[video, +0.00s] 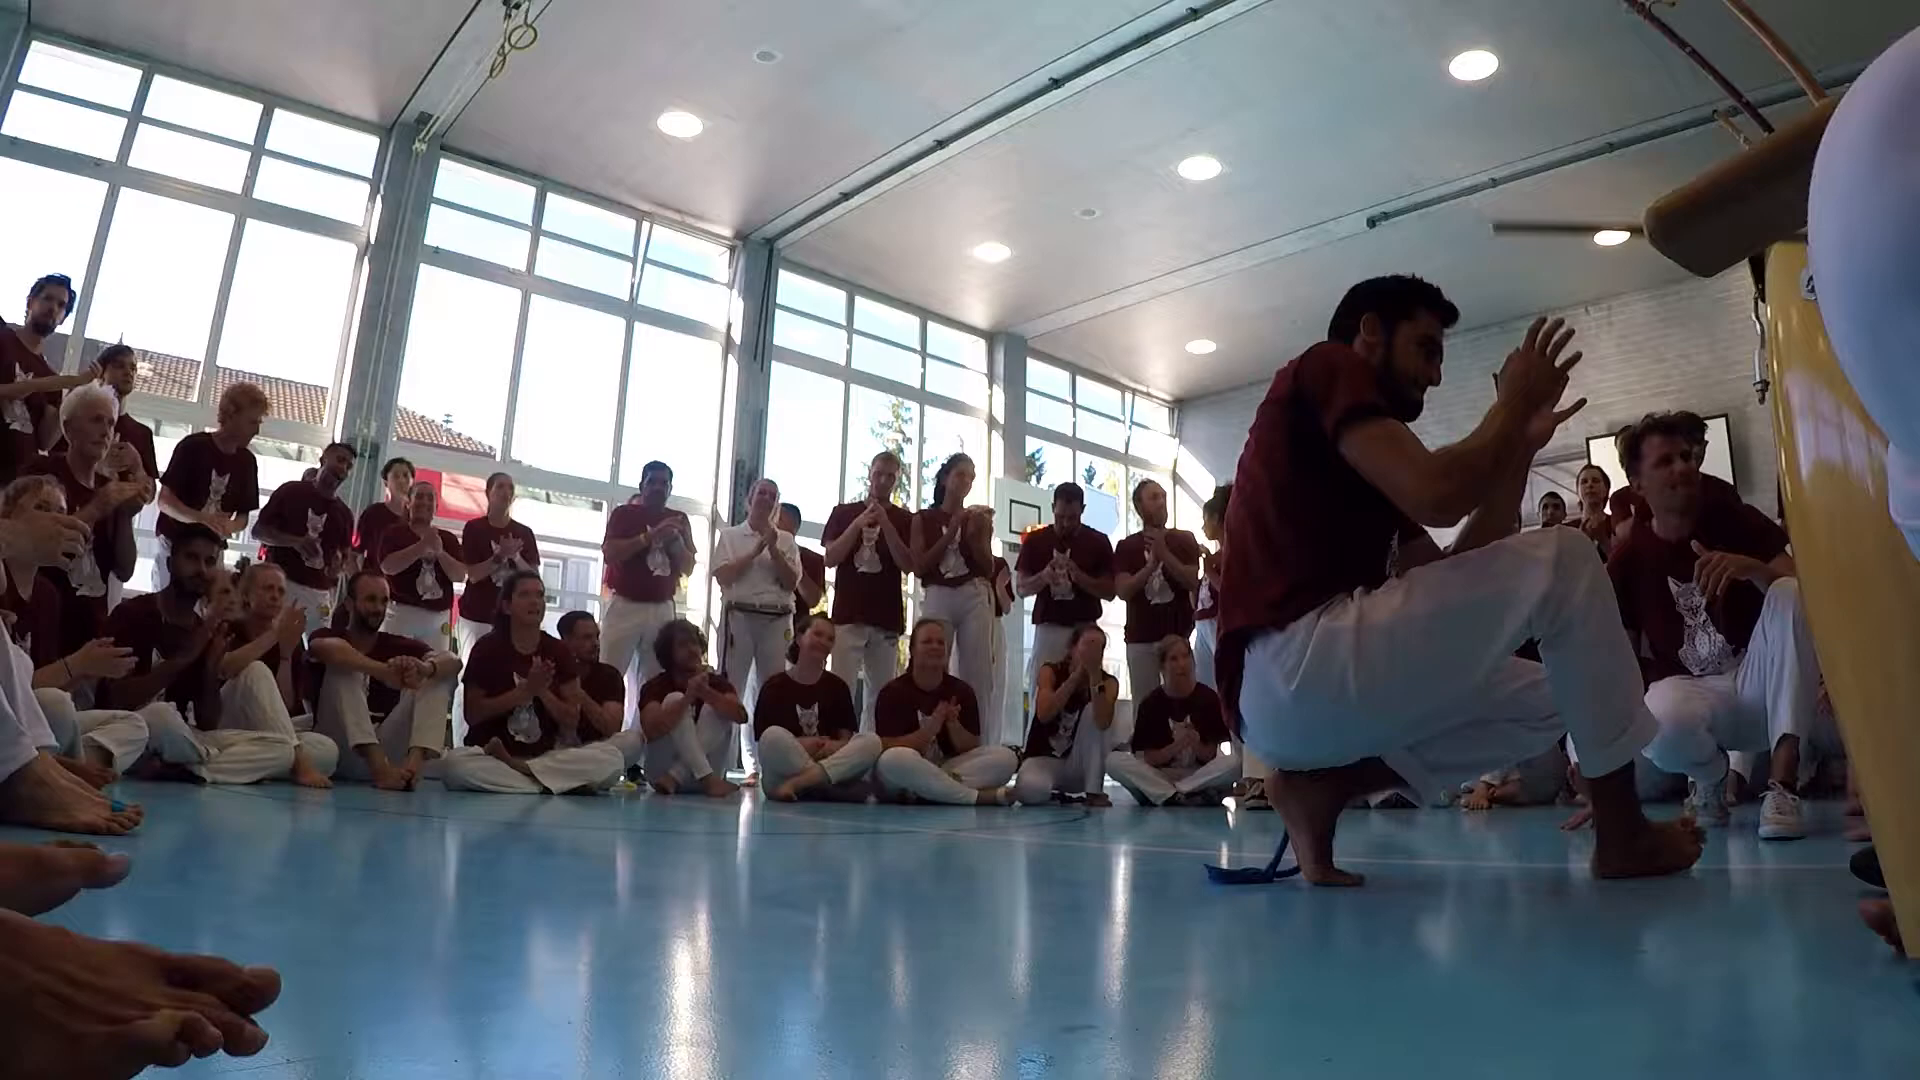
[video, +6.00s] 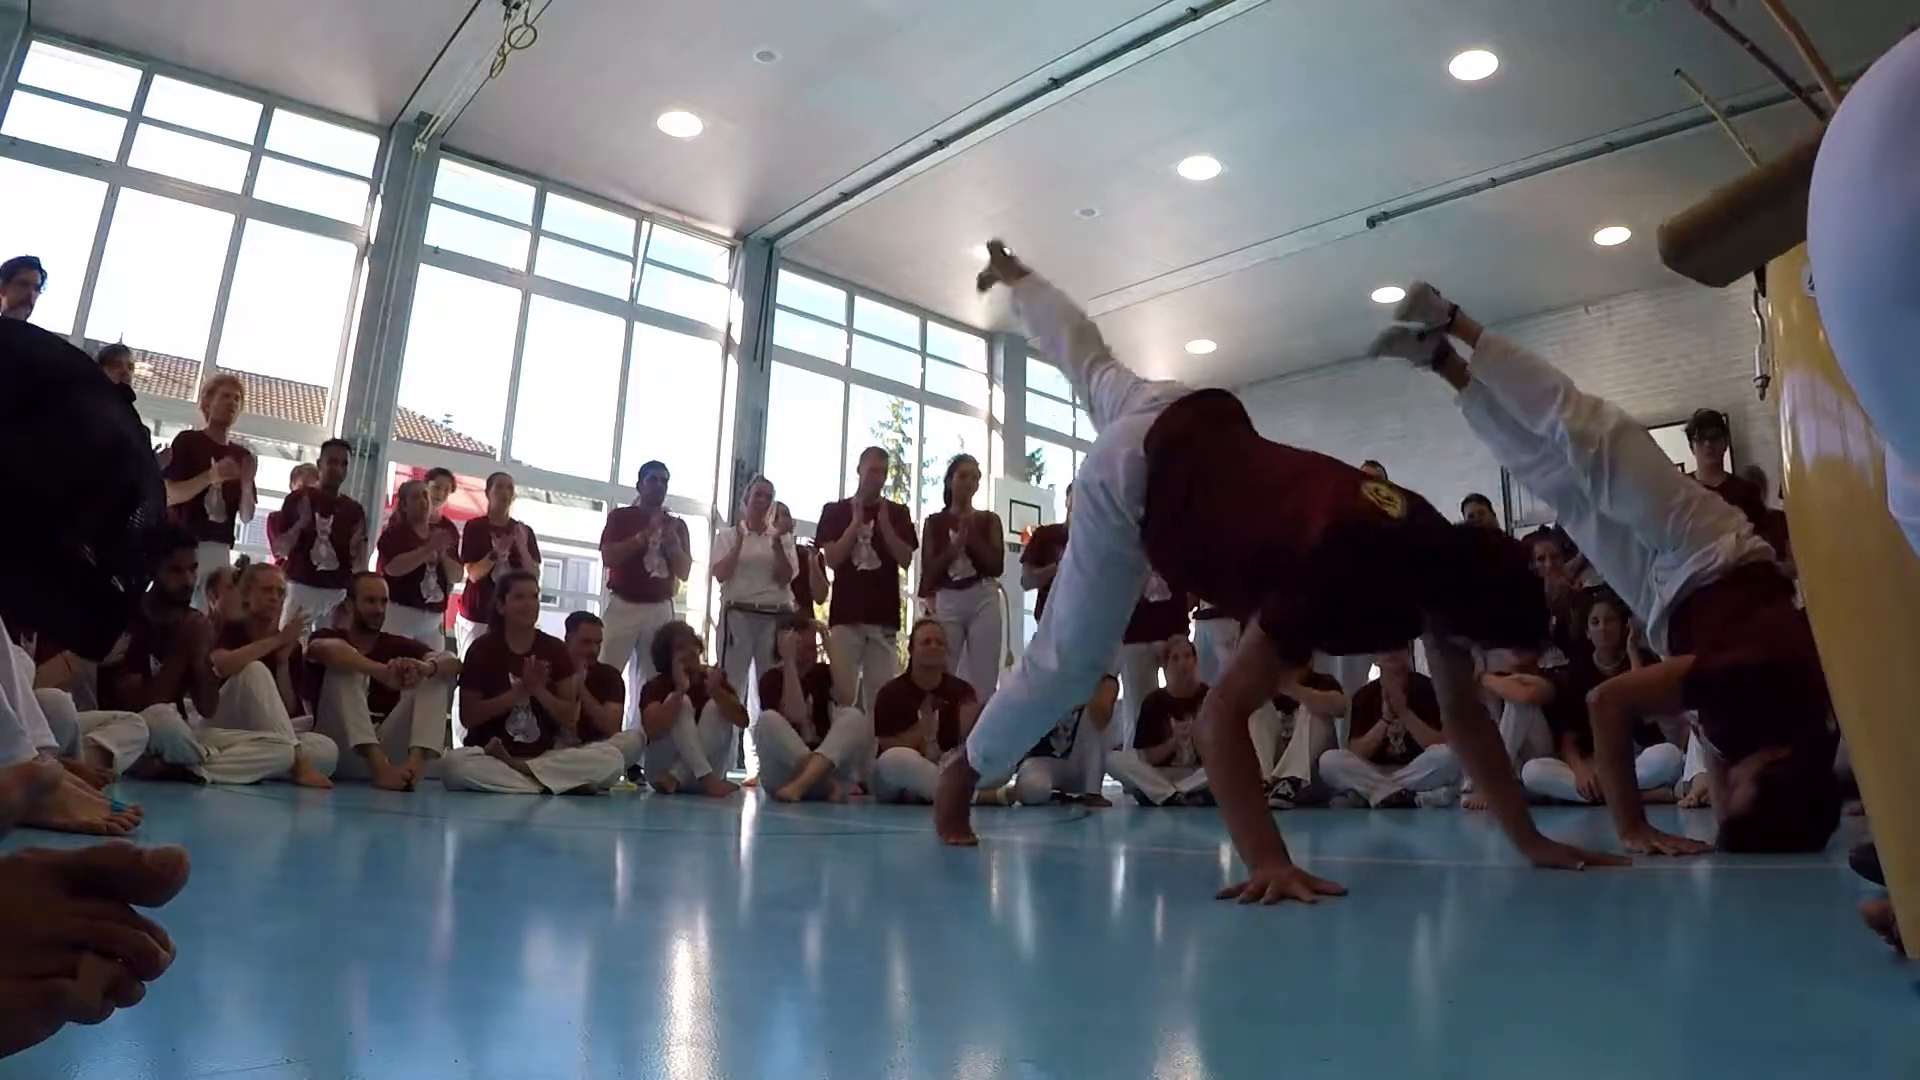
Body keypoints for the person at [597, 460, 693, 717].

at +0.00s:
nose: (658, 487)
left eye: (664, 483)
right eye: (653, 482)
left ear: (670, 487)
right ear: (642, 484)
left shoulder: (678, 519)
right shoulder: (623, 513)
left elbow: (688, 568)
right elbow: (610, 553)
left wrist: (675, 542)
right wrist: (650, 537)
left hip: (661, 609)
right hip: (623, 607)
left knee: (656, 686)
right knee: (606, 682)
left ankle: (650, 748)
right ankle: (598, 746)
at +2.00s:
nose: (657, 484)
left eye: (662, 480)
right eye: (651, 478)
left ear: (668, 487)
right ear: (640, 484)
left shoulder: (678, 526)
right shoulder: (620, 517)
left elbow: (685, 574)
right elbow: (607, 557)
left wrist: (672, 544)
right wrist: (640, 535)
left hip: (658, 610)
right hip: (620, 607)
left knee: (650, 688)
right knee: (605, 682)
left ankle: (645, 752)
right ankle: (598, 748)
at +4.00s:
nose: (659, 482)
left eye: (663, 478)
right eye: (653, 477)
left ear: (668, 485)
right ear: (639, 483)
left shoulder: (677, 524)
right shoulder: (619, 517)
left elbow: (685, 573)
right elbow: (609, 559)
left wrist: (673, 547)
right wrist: (640, 537)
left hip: (660, 609)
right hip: (622, 607)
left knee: (653, 687)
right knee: (605, 682)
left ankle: (646, 751)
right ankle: (600, 748)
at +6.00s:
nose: (659, 485)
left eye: (663, 481)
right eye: (653, 479)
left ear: (668, 487)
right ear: (639, 484)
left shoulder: (676, 525)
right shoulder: (619, 517)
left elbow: (684, 573)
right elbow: (609, 557)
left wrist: (672, 545)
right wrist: (644, 535)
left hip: (660, 609)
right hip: (622, 607)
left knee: (653, 684)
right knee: (606, 679)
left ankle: (646, 747)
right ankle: (599, 744)